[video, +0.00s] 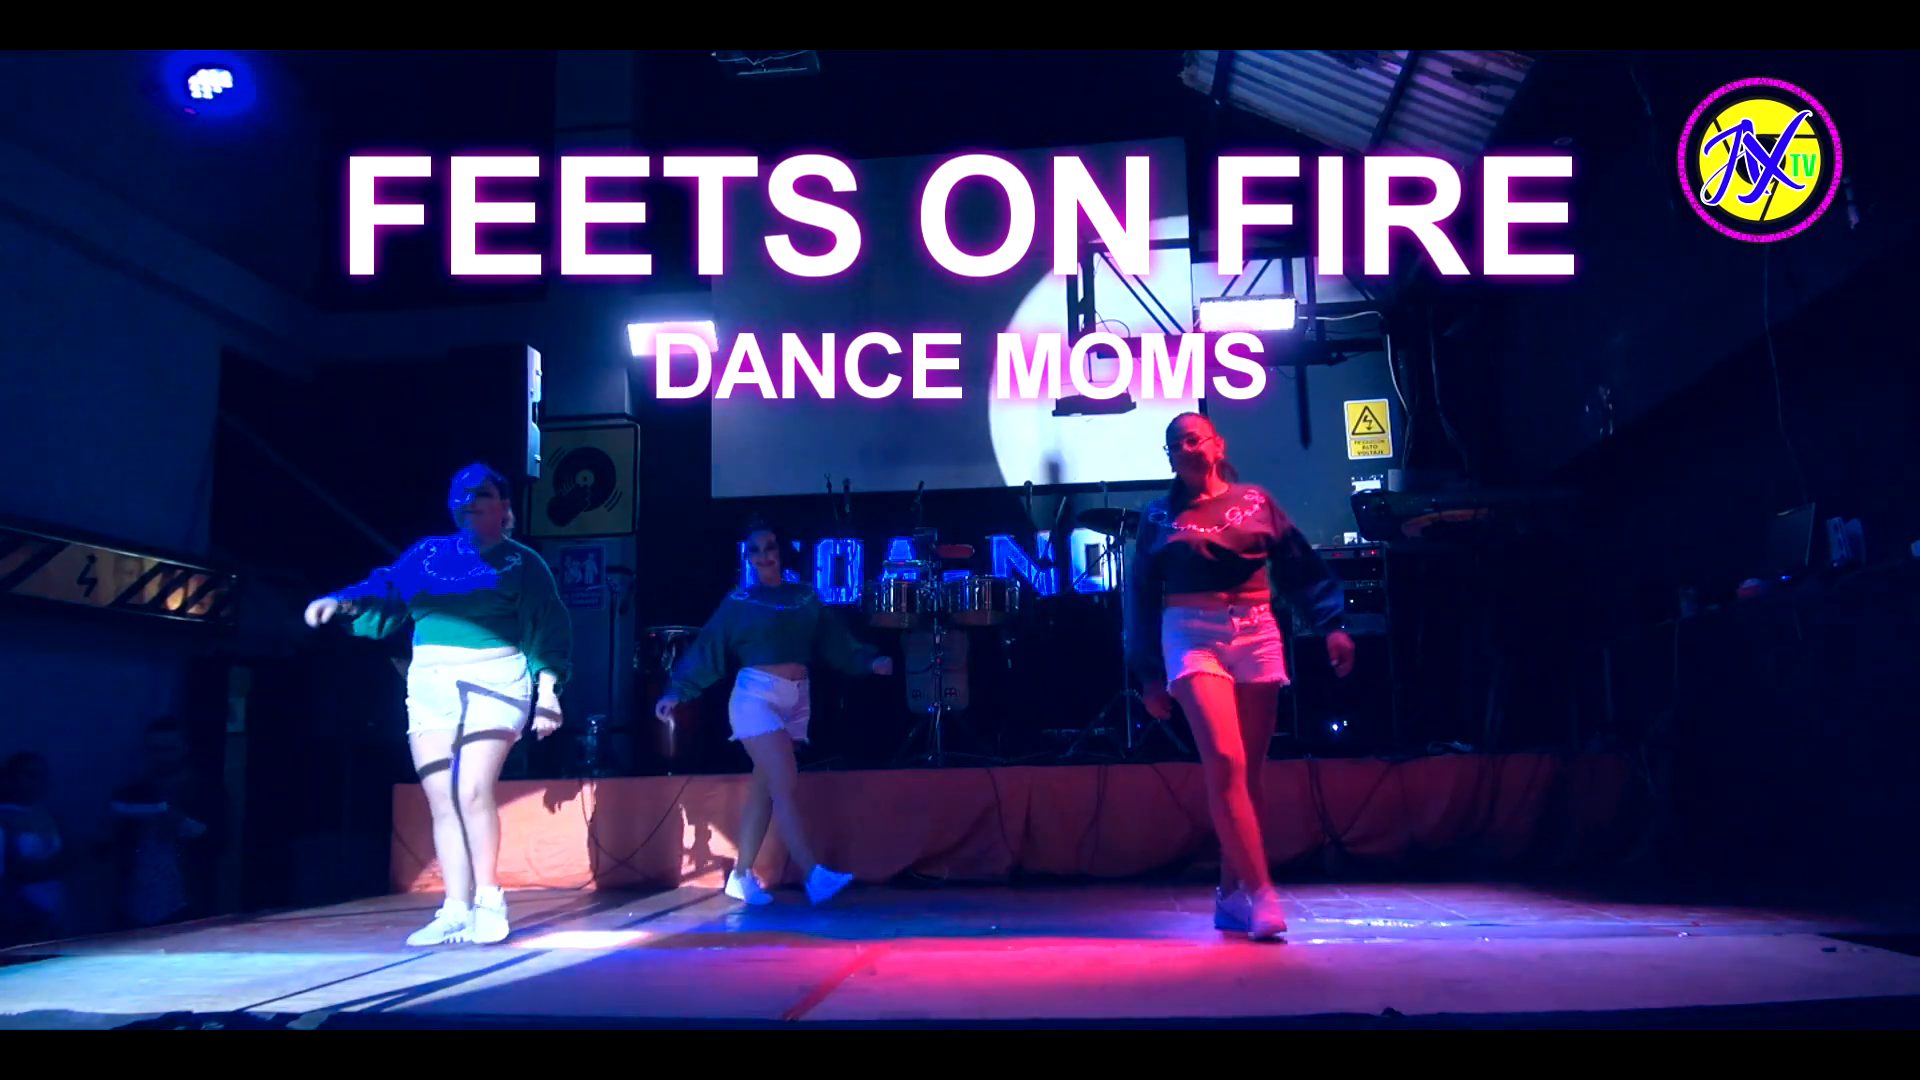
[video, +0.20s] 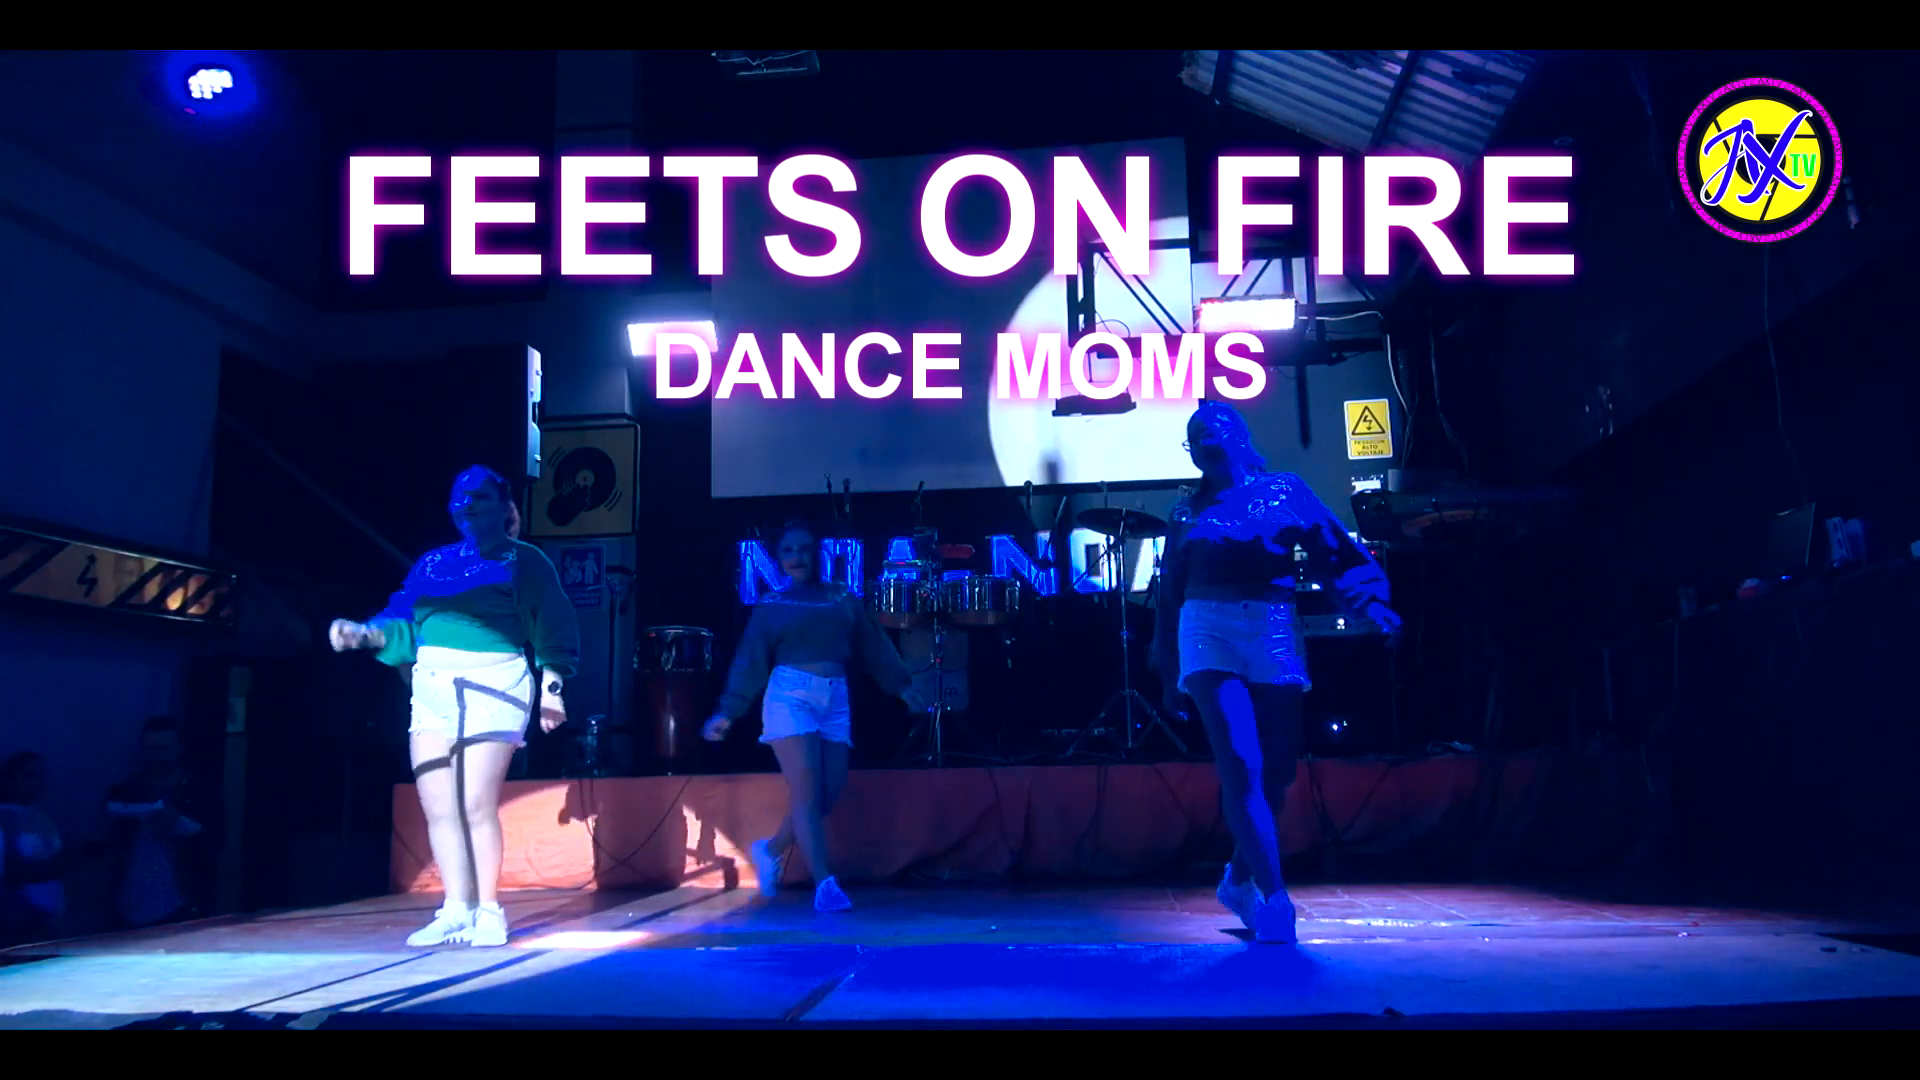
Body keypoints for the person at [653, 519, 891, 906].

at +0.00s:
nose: (765, 556)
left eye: (771, 548)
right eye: (756, 550)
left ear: (782, 551)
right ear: (747, 556)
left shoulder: (805, 597)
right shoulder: (738, 603)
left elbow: (835, 641)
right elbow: (706, 653)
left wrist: (869, 661)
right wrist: (676, 692)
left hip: (795, 699)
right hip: (755, 697)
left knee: (764, 788)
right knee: (784, 781)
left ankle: (741, 873)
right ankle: (813, 875)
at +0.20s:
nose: (797, 557)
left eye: (804, 549)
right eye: (788, 551)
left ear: (818, 553)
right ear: (778, 557)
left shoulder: (843, 601)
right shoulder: (772, 607)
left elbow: (877, 650)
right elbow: (749, 664)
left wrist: (905, 688)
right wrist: (727, 712)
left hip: (835, 698)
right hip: (789, 695)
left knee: (830, 787)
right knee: (805, 787)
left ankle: (771, 850)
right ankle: (825, 883)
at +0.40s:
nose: (843, 543)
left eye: (851, 537)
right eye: (835, 536)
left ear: (862, 545)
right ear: (823, 543)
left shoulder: (873, 598)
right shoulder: (810, 593)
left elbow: (890, 652)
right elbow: (789, 644)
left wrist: (897, 698)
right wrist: (798, 686)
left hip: (867, 688)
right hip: (820, 689)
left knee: (889, 762)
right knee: (825, 785)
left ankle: (856, 826)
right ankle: (829, 882)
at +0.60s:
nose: (883, 537)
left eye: (891, 531)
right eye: (876, 530)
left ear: (903, 541)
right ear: (862, 538)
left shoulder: (910, 592)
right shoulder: (847, 582)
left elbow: (918, 649)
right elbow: (827, 637)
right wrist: (856, 667)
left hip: (906, 692)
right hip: (856, 692)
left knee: (913, 789)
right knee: (852, 793)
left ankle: (925, 886)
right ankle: (843, 881)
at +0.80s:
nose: (910, 540)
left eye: (918, 533)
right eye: (902, 532)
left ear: (931, 538)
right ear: (890, 538)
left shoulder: (942, 592)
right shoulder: (876, 586)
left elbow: (962, 656)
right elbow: (858, 641)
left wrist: (985, 702)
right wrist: (860, 695)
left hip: (943, 690)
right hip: (895, 690)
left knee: (939, 789)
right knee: (925, 781)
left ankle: (928, 886)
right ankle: (877, 843)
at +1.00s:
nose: (926, 524)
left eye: (933, 517)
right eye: (917, 518)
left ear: (947, 523)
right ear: (906, 527)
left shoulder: (973, 577)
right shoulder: (893, 579)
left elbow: (1007, 624)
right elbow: (864, 638)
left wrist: (1039, 649)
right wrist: (844, 687)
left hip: (963, 682)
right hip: (912, 681)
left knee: (946, 782)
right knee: (956, 771)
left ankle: (929, 882)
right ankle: (962, 874)